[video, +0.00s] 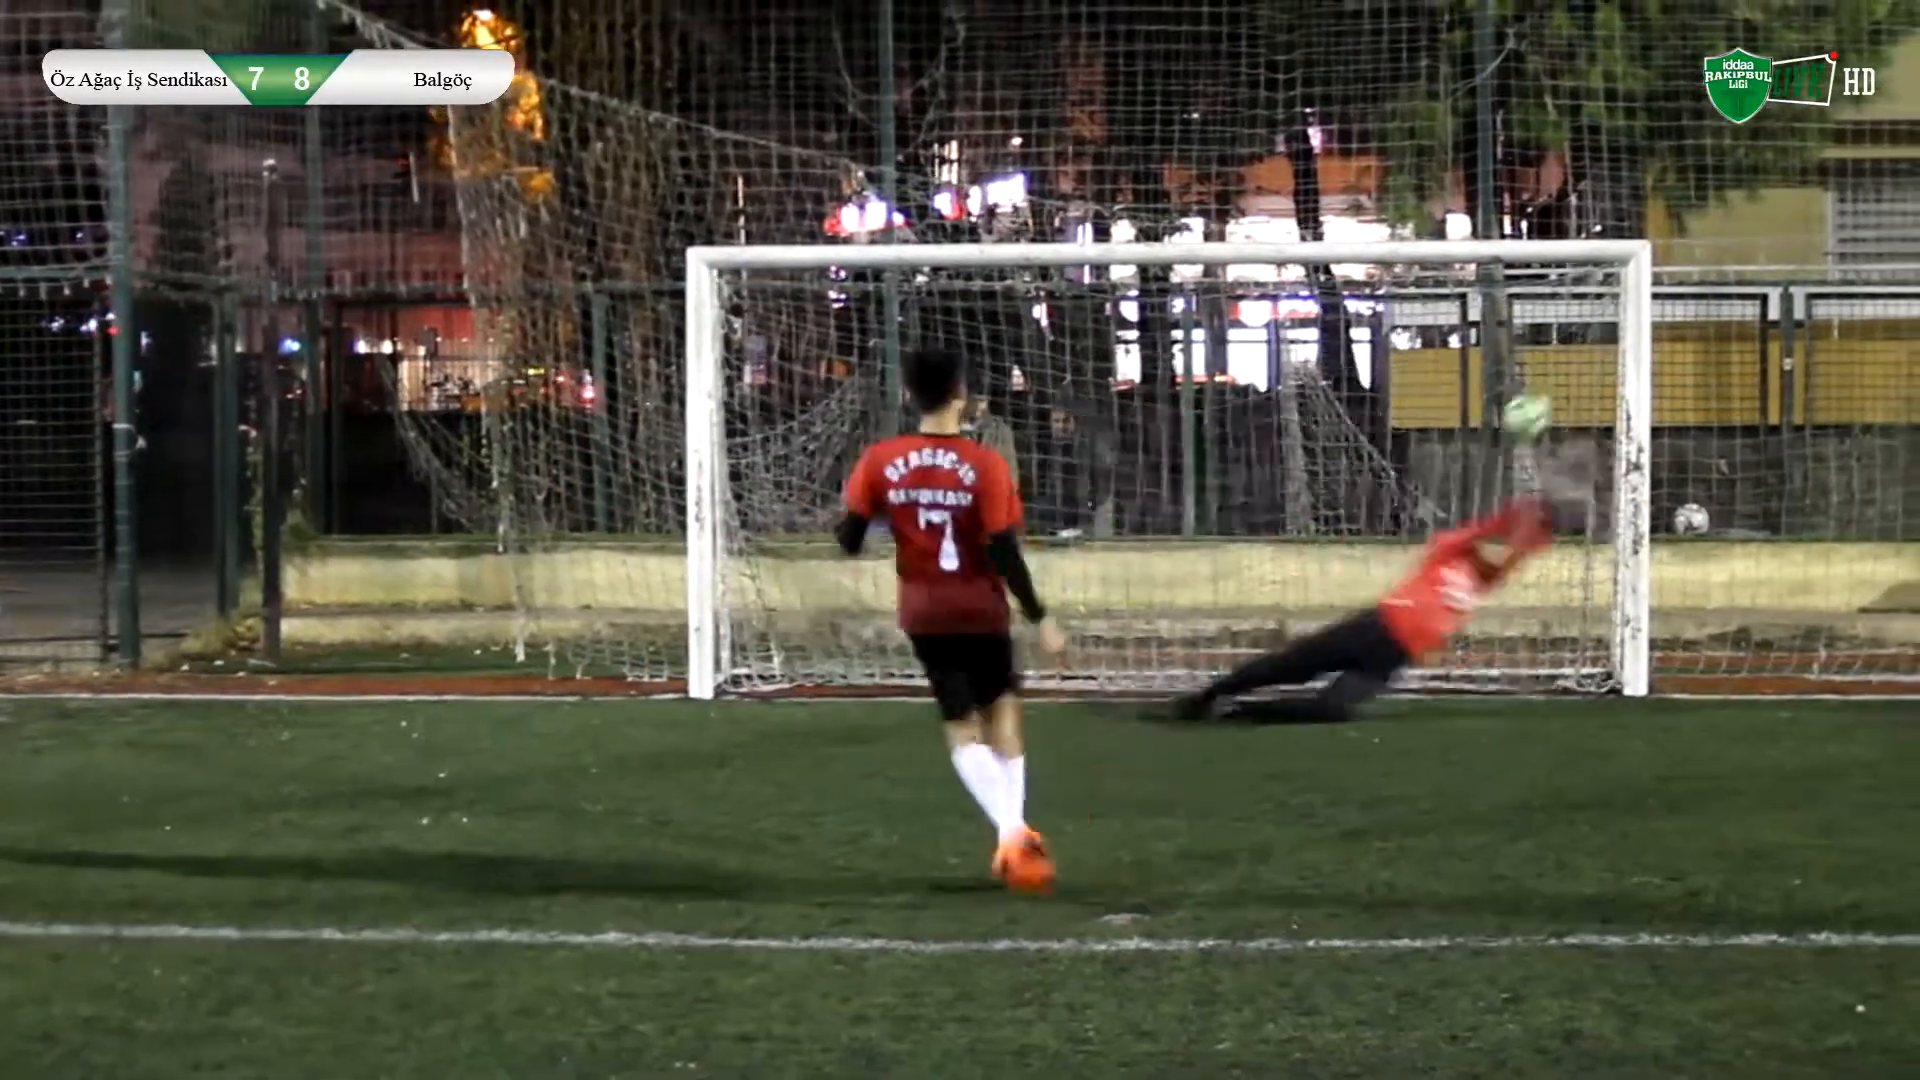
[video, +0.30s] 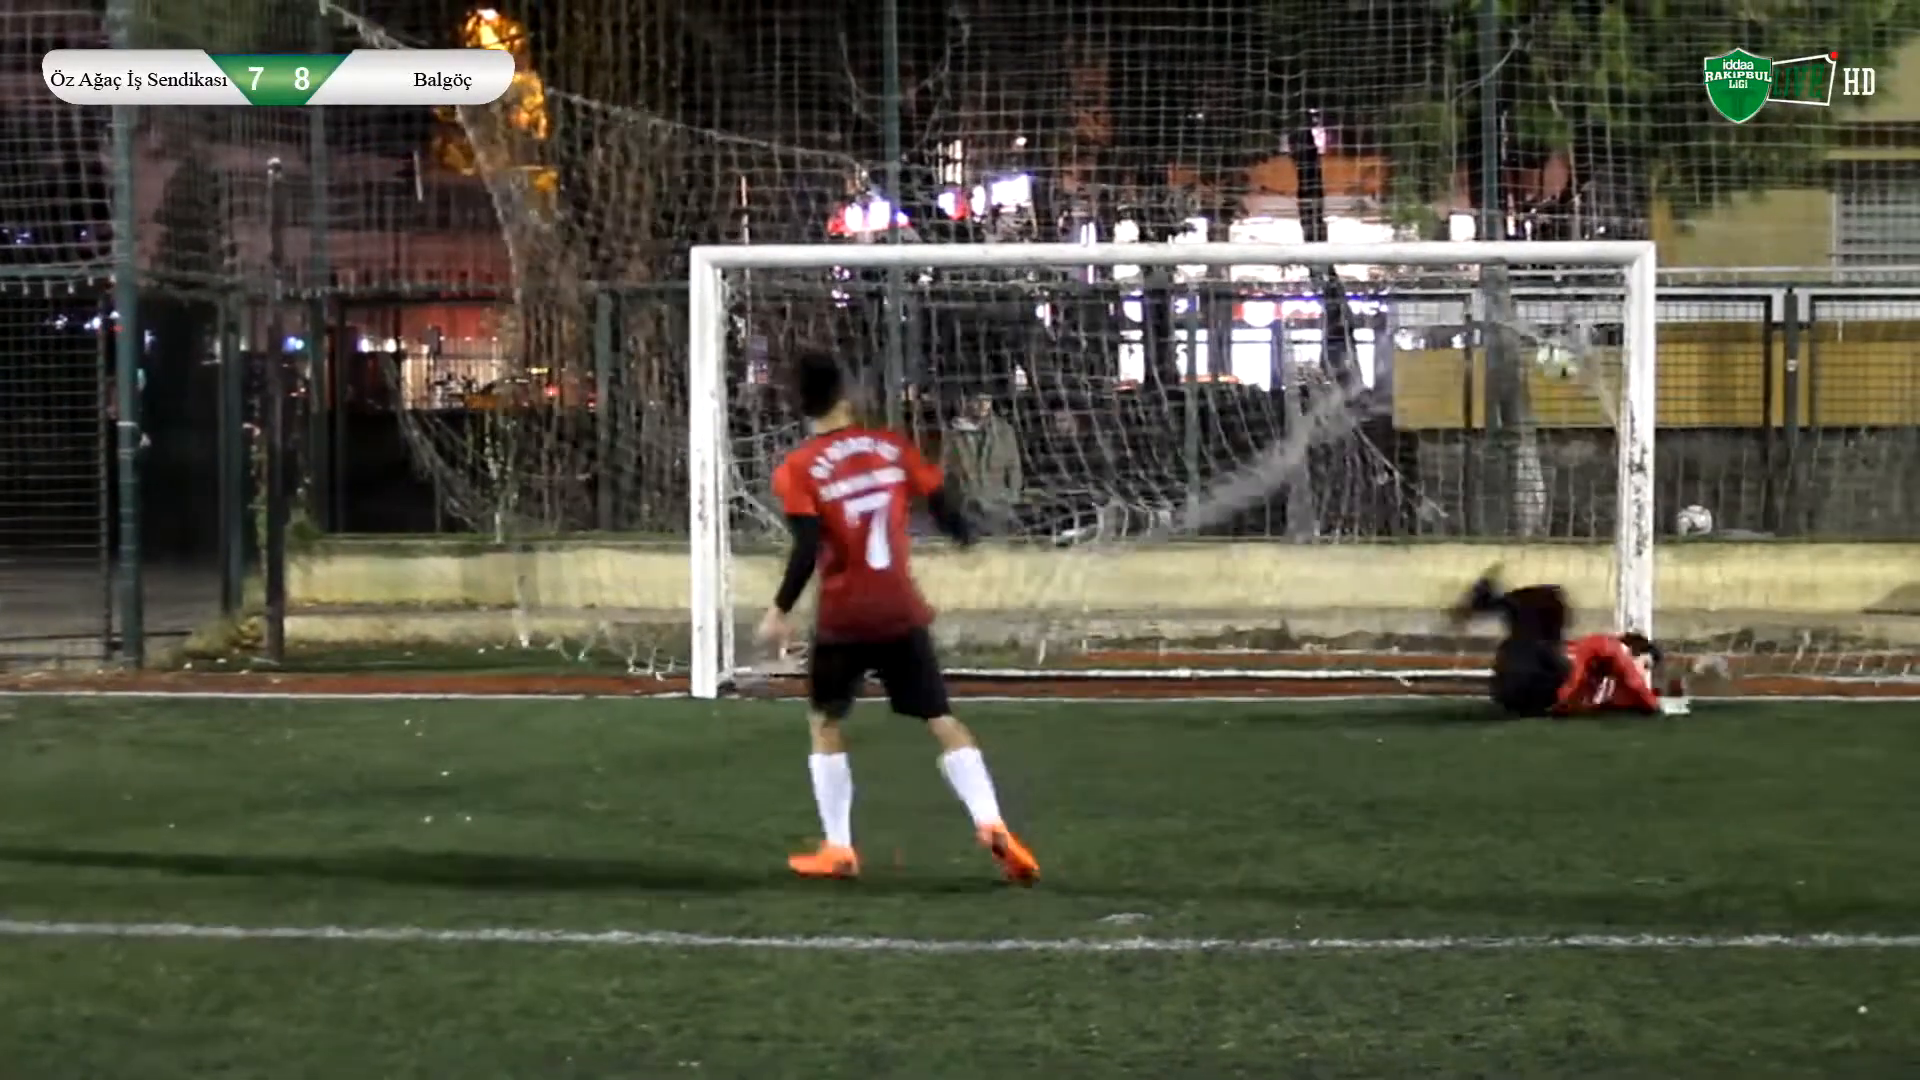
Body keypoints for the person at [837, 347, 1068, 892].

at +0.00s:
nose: (969, 399)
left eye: (962, 390)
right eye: (968, 390)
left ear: (911, 397)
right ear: (961, 395)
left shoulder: (882, 458)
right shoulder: (985, 463)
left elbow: (848, 539)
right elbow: (1002, 549)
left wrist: (875, 502)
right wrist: (1041, 617)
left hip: (924, 619)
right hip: (982, 617)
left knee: (961, 730)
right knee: (1003, 714)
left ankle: (1013, 829)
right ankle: (1011, 837)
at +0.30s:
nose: (840, 400)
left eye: (813, 399)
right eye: (842, 390)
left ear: (802, 403)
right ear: (846, 394)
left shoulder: (798, 467)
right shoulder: (892, 446)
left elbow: (808, 545)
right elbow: (945, 507)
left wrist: (780, 608)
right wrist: (964, 533)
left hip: (842, 621)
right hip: (903, 613)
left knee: (826, 720)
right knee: (941, 718)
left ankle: (838, 844)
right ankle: (990, 821)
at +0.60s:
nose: (674, 421)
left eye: (674, 410)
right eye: (671, 411)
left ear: (692, 403)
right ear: (714, 398)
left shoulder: (704, 447)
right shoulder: (773, 437)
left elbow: (701, 527)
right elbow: (820, 505)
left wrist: (678, 551)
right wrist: (803, 567)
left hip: (738, 594)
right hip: (781, 587)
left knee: (764, 715)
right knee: (753, 704)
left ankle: (817, 828)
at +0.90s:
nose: (665, 354)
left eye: (669, 343)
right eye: (654, 343)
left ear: (672, 351)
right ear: (628, 351)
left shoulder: (661, 411)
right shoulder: (620, 408)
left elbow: (685, 501)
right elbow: (619, 483)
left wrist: (701, 566)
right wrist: (680, 434)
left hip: (670, 571)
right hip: (638, 570)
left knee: (672, 702)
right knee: (671, 701)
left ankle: (635, 827)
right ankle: (634, 829)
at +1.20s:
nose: (619, 362)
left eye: (622, 350)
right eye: (607, 351)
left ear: (623, 360)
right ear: (578, 360)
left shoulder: (617, 417)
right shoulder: (569, 417)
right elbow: (570, 491)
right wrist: (632, 443)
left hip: (622, 575)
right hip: (588, 577)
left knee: (639, 708)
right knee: (586, 715)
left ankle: (645, 845)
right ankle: (486, 808)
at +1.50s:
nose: (550, 371)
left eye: (555, 360)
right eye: (538, 360)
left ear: (557, 366)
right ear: (508, 366)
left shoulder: (544, 428)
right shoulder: (497, 428)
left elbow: (540, 502)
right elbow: (493, 501)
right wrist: (570, 465)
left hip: (549, 586)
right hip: (510, 587)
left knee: (585, 712)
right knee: (497, 726)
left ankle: (628, 842)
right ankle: (432, 844)